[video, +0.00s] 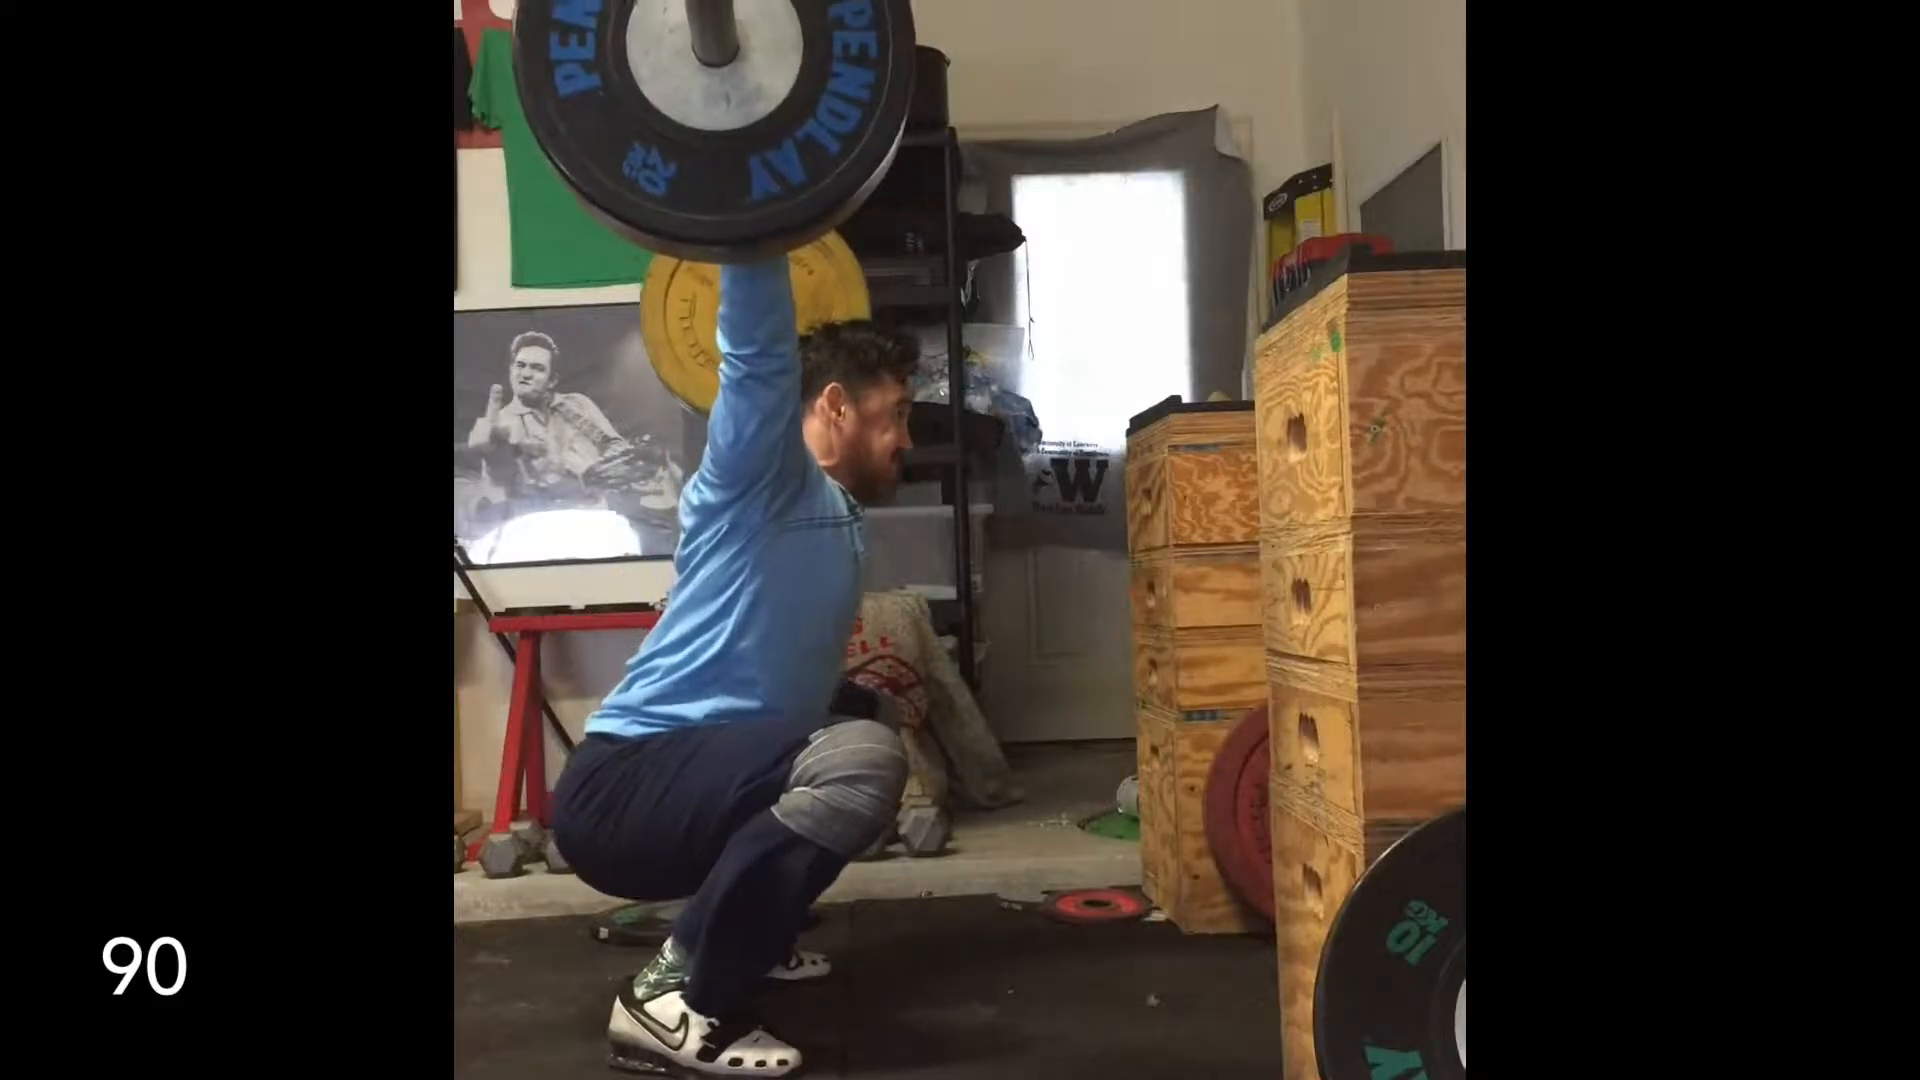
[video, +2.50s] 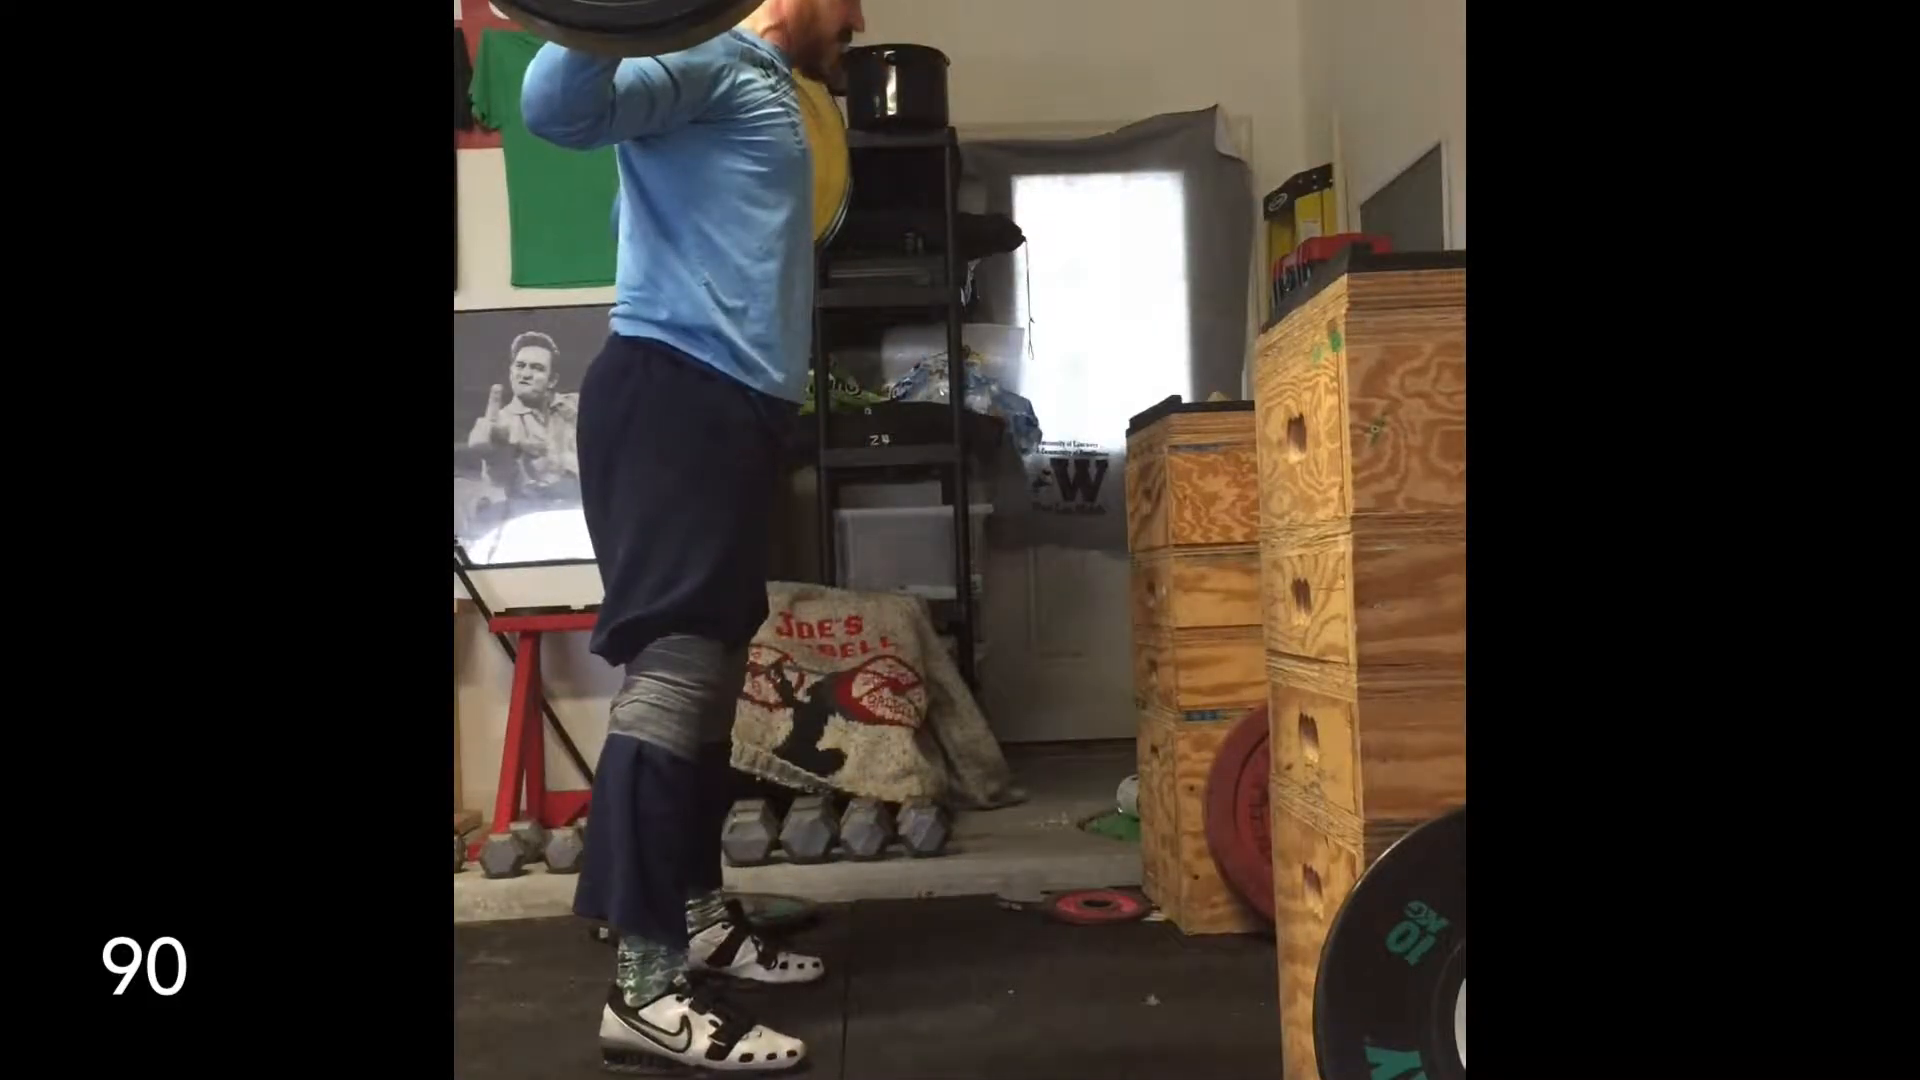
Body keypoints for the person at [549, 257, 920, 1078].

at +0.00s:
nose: (905, 442)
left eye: (906, 422)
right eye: (892, 419)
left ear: (840, 414)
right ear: (832, 409)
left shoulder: (838, 521)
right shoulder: (758, 480)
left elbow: (762, 665)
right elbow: (757, 350)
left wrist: (840, 693)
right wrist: (738, 190)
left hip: (695, 774)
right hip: (619, 785)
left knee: (870, 718)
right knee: (858, 758)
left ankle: (746, 935)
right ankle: (676, 991)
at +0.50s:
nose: (904, 451)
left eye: (903, 429)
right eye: (890, 427)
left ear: (837, 428)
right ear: (827, 423)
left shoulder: (840, 534)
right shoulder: (755, 497)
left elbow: (778, 680)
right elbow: (755, 370)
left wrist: (852, 699)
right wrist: (745, 217)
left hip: (699, 788)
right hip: (620, 799)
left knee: (869, 717)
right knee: (861, 758)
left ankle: (748, 929)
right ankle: (677, 990)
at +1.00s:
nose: (907, 315)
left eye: (912, 294)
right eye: (894, 289)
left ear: (855, 288)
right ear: (833, 279)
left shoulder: (846, 402)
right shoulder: (756, 349)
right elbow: (752, 215)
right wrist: (740, 67)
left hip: (710, 646)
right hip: (626, 636)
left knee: (863, 722)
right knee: (846, 733)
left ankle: (752, 922)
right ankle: (669, 986)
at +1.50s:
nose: (896, 33)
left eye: (897, 22)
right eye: (887, 11)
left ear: (844, 34)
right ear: (832, 7)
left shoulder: (830, 119)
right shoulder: (752, 72)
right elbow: (616, 120)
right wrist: (657, 22)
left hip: (764, 400)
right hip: (695, 388)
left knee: (784, 672)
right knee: (759, 670)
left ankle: (704, 907)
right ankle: (656, 982)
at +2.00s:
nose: (873, 46)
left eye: (878, 30)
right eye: (867, 20)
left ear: (821, 21)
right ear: (810, 4)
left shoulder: (790, 108)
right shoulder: (726, 67)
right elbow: (568, 110)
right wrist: (613, 19)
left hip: (743, 404)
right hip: (678, 392)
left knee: (745, 671)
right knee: (710, 674)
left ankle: (697, 922)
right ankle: (648, 986)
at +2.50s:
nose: (859, 18)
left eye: (859, 5)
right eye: (849, 1)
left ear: (797, 12)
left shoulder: (788, 103)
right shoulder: (715, 66)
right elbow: (554, 110)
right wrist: (612, 14)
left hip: (738, 406)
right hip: (676, 393)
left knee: (710, 667)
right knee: (677, 672)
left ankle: (691, 917)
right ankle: (643, 981)